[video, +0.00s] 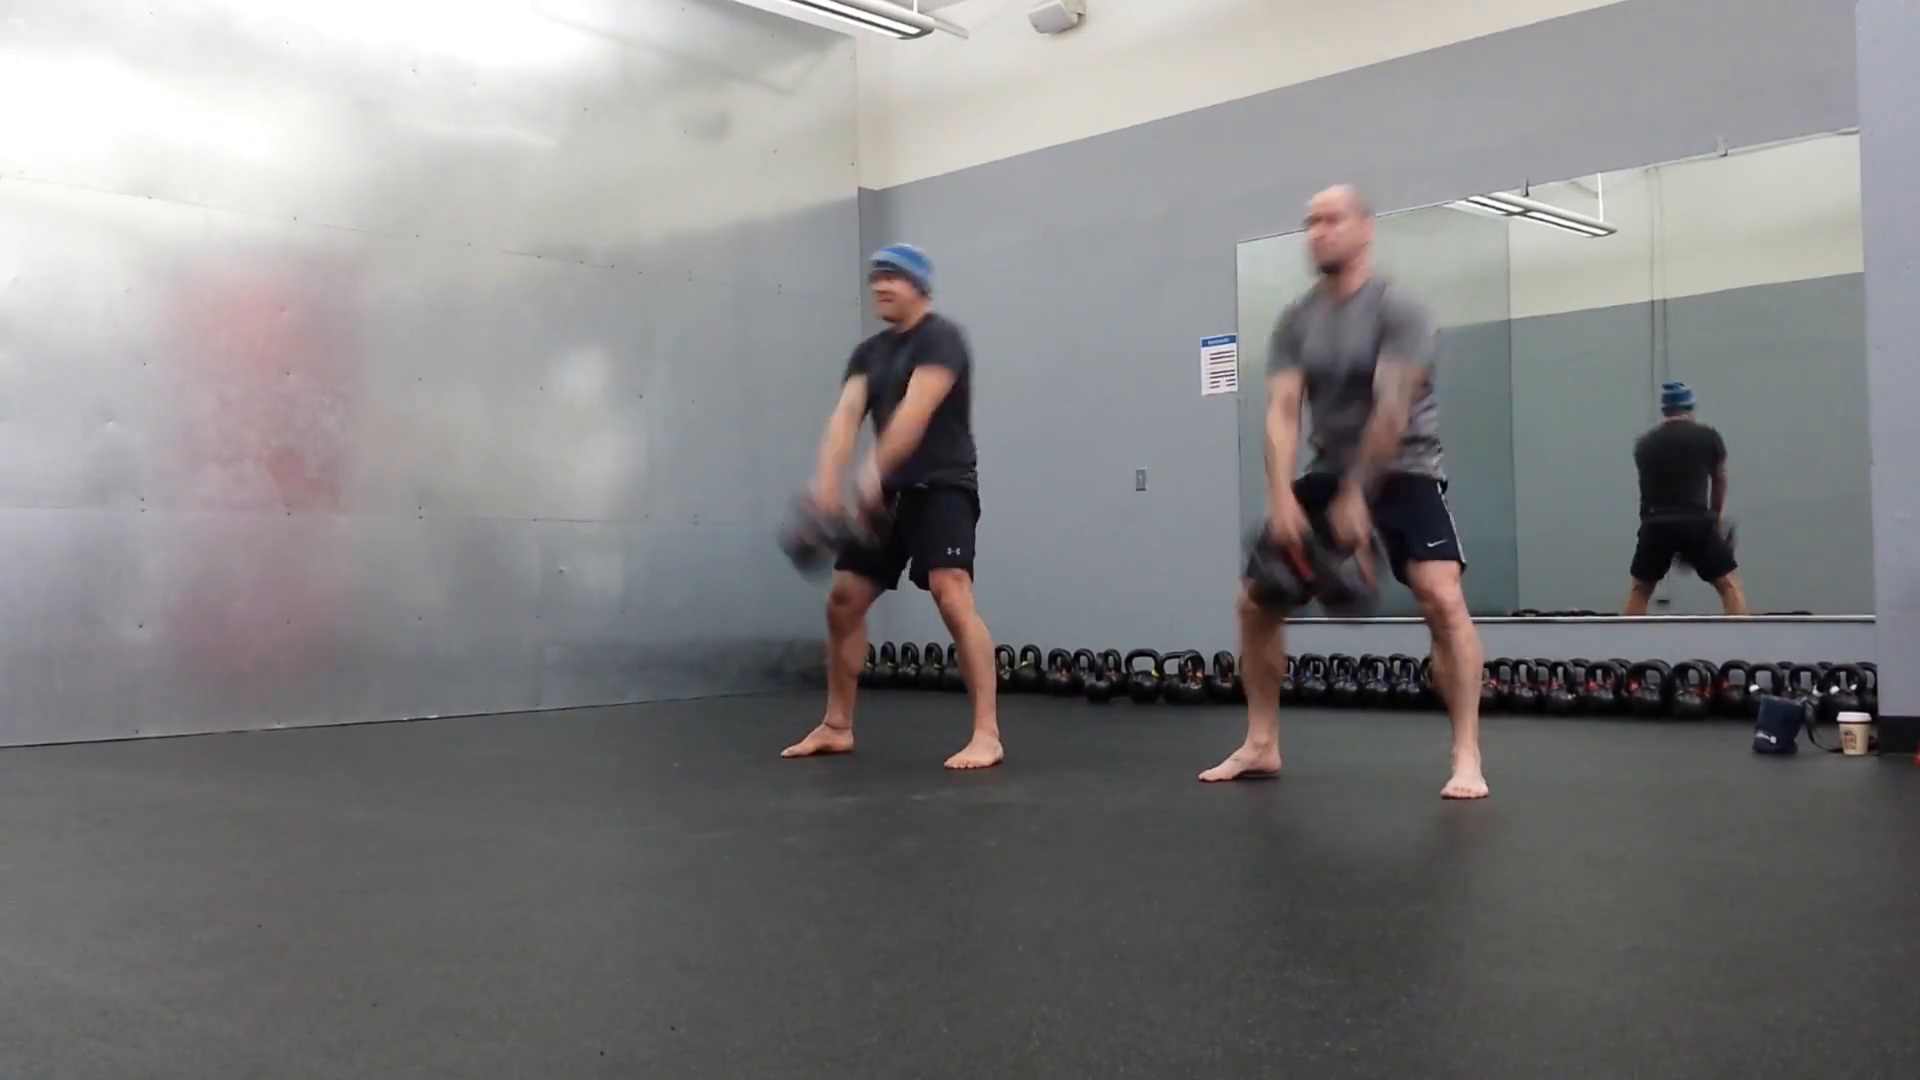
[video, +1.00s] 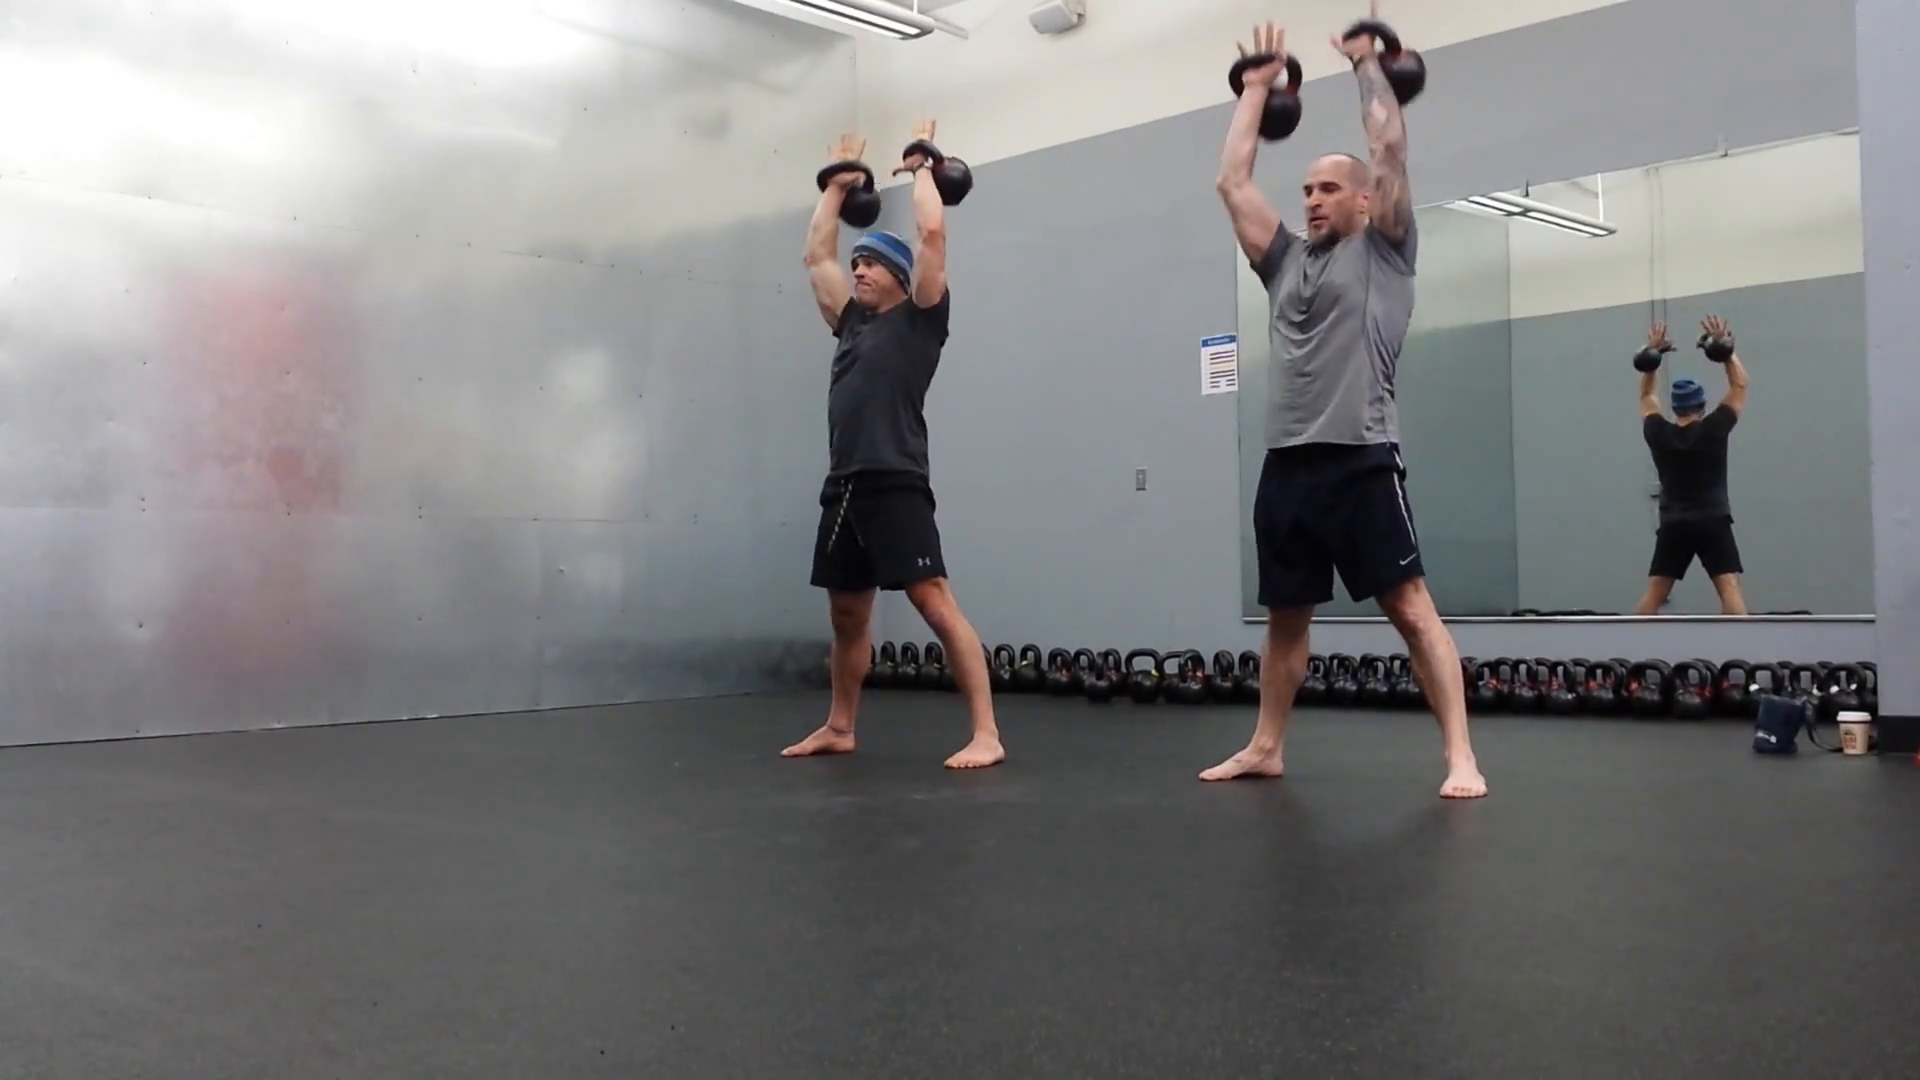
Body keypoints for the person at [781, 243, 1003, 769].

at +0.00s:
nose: (880, 290)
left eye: (891, 281)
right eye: (876, 282)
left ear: (920, 287)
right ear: (873, 292)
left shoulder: (943, 340)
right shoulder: (870, 351)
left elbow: (913, 415)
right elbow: (845, 417)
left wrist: (873, 476)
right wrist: (827, 483)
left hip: (943, 489)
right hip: (888, 491)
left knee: (951, 594)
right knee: (844, 602)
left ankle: (986, 734)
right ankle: (837, 725)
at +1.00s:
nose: (859, 271)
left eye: (869, 263)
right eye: (857, 264)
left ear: (899, 275)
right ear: (858, 281)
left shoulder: (919, 319)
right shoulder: (850, 325)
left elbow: (931, 232)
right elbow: (818, 255)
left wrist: (920, 164)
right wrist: (836, 184)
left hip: (898, 485)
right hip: (843, 489)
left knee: (937, 607)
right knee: (848, 617)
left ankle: (986, 735)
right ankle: (840, 727)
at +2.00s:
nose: (869, 275)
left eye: (879, 267)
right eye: (867, 269)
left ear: (910, 278)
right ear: (869, 282)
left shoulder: (936, 334)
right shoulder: (858, 347)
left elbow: (910, 393)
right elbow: (824, 415)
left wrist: (891, 325)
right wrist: (820, 347)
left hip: (908, 492)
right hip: (852, 494)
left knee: (942, 608)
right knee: (849, 618)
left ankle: (987, 736)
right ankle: (839, 727)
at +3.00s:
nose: (809, 331)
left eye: (822, 321)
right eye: (810, 322)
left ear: (851, 332)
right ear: (820, 335)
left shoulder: (895, 397)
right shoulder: (823, 410)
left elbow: (917, 488)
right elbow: (846, 492)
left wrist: (914, 559)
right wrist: (877, 558)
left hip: (942, 513)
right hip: (883, 519)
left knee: (953, 601)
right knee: (821, 607)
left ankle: (990, 735)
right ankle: (836, 727)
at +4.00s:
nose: (876, 309)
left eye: (885, 298)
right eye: (870, 299)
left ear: (913, 296)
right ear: (866, 303)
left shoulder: (947, 345)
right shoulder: (871, 359)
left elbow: (923, 421)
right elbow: (846, 425)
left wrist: (874, 475)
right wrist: (821, 482)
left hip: (951, 497)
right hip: (896, 500)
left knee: (955, 597)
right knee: (848, 606)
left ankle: (988, 736)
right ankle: (838, 727)